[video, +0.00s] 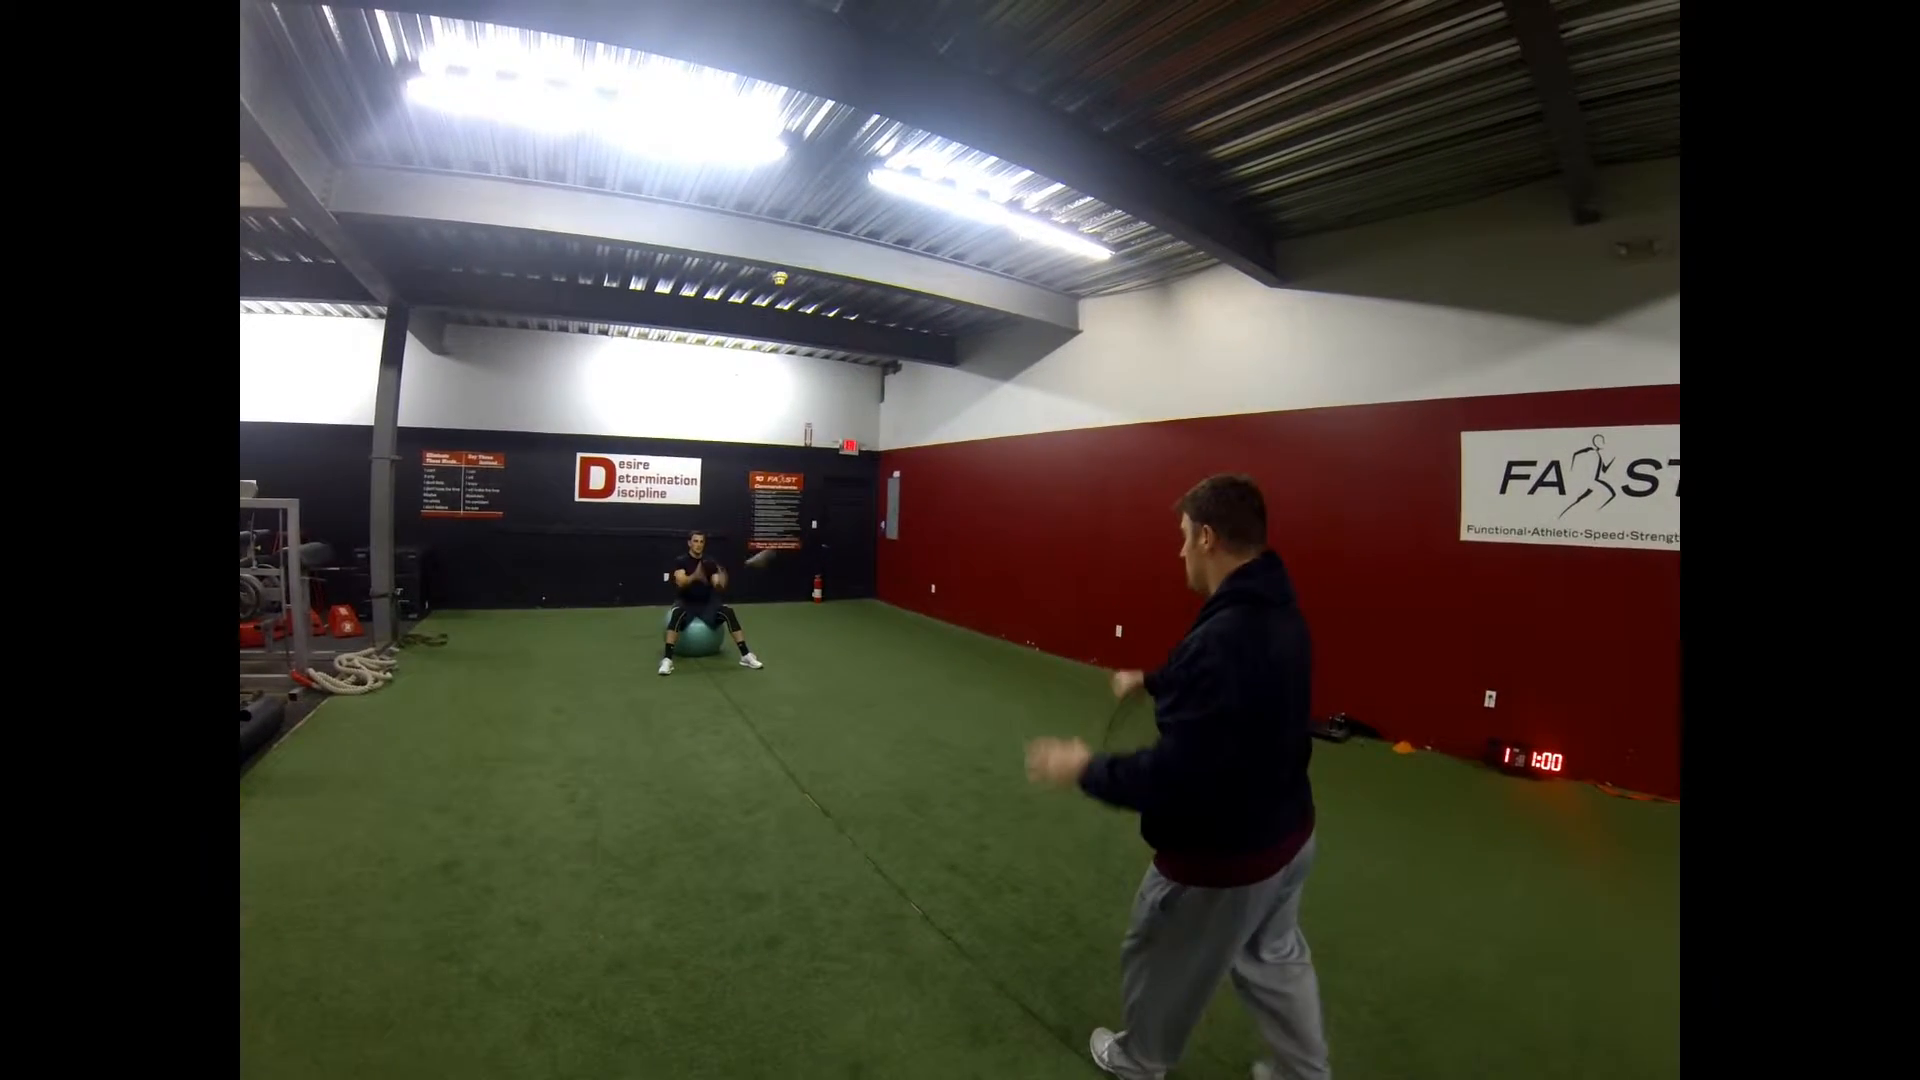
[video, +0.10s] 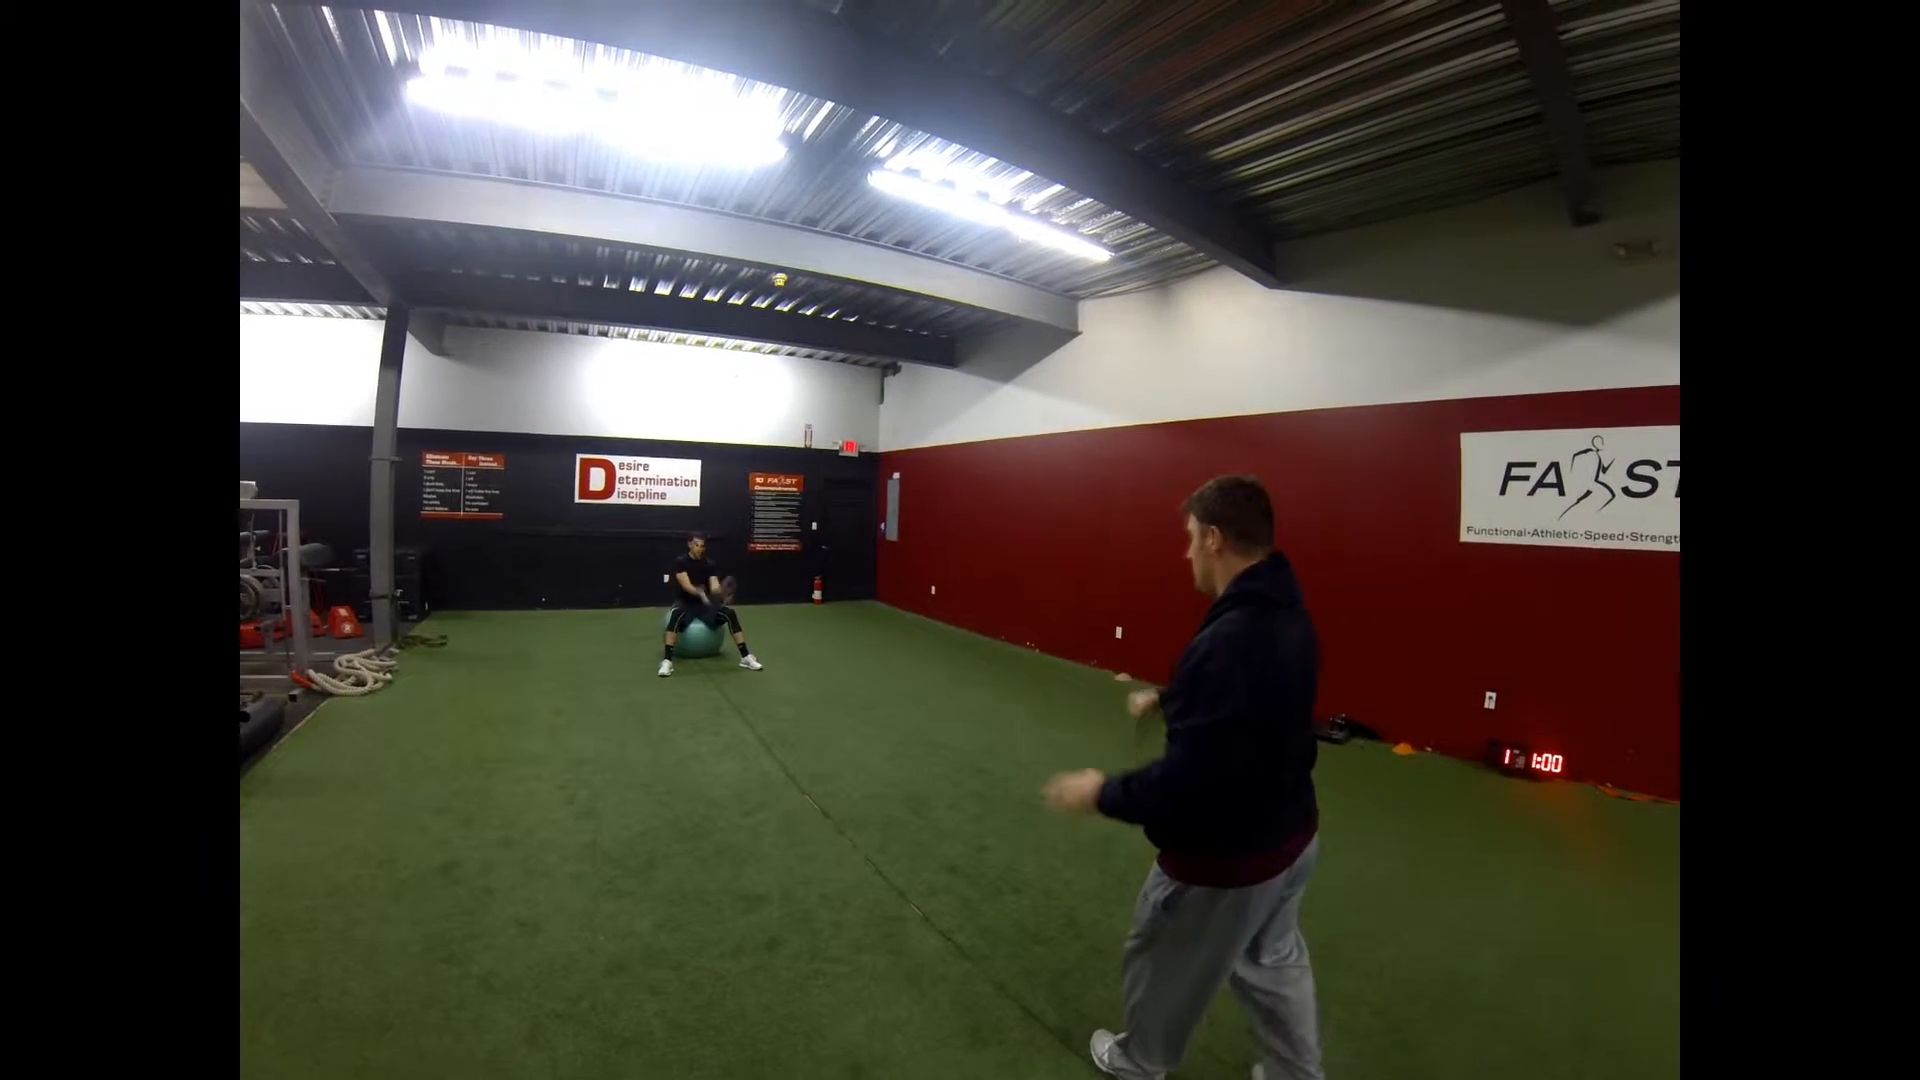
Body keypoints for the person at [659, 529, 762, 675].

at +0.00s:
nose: (698, 545)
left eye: (701, 542)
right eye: (695, 541)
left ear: (704, 544)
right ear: (689, 543)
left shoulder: (709, 562)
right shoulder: (681, 561)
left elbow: (720, 584)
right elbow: (681, 582)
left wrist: (720, 578)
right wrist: (695, 575)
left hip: (707, 604)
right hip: (687, 604)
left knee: (728, 612)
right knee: (677, 614)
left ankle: (746, 655)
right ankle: (667, 659)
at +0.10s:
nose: (700, 549)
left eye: (702, 546)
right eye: (697, 545)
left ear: (705, 547)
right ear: (689, 545)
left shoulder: (708, 563)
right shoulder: (680, 562)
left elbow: (714, 588)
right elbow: (686, 585)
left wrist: (723, 591)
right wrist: (699, 593)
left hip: (705, 603)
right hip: (685, 605)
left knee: (730, 614)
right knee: (676, 615)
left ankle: (746, 656)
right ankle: (667, 660)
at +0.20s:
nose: (698, 553)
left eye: (701, 550)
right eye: (695, 550)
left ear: (705, 550)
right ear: (689, 548)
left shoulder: (708, 564)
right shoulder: (680, 564)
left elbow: (714, 587)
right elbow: (685, 590)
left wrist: (717, 602)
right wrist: (701, 602)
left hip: (707, 603)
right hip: (687, 604)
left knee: (731, 614)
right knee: (675, 616)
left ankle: (746, 657)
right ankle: (667, 660)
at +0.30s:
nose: (702, 559)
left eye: (704, 555)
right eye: (699, 555)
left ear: (708, 554)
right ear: (693, 552)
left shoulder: (713, 568)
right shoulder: (683, 568)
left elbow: (717, 592)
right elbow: (687, 595)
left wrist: (720, 608)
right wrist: (704, 608)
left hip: (711, 606)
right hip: (691, 606)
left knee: (735, 616)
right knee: (679, 618)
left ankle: (749, 658)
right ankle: (670, 662)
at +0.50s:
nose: (707, 561)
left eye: (709, 557)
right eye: (705, 557)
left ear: (712, 556)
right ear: (696, 553)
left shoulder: (714, 569)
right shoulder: (683, 568)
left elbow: (727, 593)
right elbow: (678, 595)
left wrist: (724, 596)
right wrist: (703, 597)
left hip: (711, 607)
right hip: (690, 608)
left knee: (734, 618)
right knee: (679, 620)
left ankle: (750, 660)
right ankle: (671, 664)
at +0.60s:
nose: (709, 562)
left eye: (710, 559)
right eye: (706, 558)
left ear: (712, 557)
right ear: (696, 555)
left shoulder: (714, 570)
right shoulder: (683, 570)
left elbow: (722, 591)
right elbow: (673, 594)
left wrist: (719, 592)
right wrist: (694, 597)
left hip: (709, 608)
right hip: (689, 609)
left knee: (732, 619)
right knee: (678, 620)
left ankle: (749, 661)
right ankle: (670, 665)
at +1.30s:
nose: (689, 558)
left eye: (692, 554)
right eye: (686, 554)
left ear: (697, 556)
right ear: (681, 555)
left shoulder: (706, 574)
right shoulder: (675, 574)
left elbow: (715, 601)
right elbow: (664, 595)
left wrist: (701, 601)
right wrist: (663, 592)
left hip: (704, 614)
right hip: (683, 614)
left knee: (726, 623)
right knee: (675, 626)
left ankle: (741, 666)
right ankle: (663, 670)